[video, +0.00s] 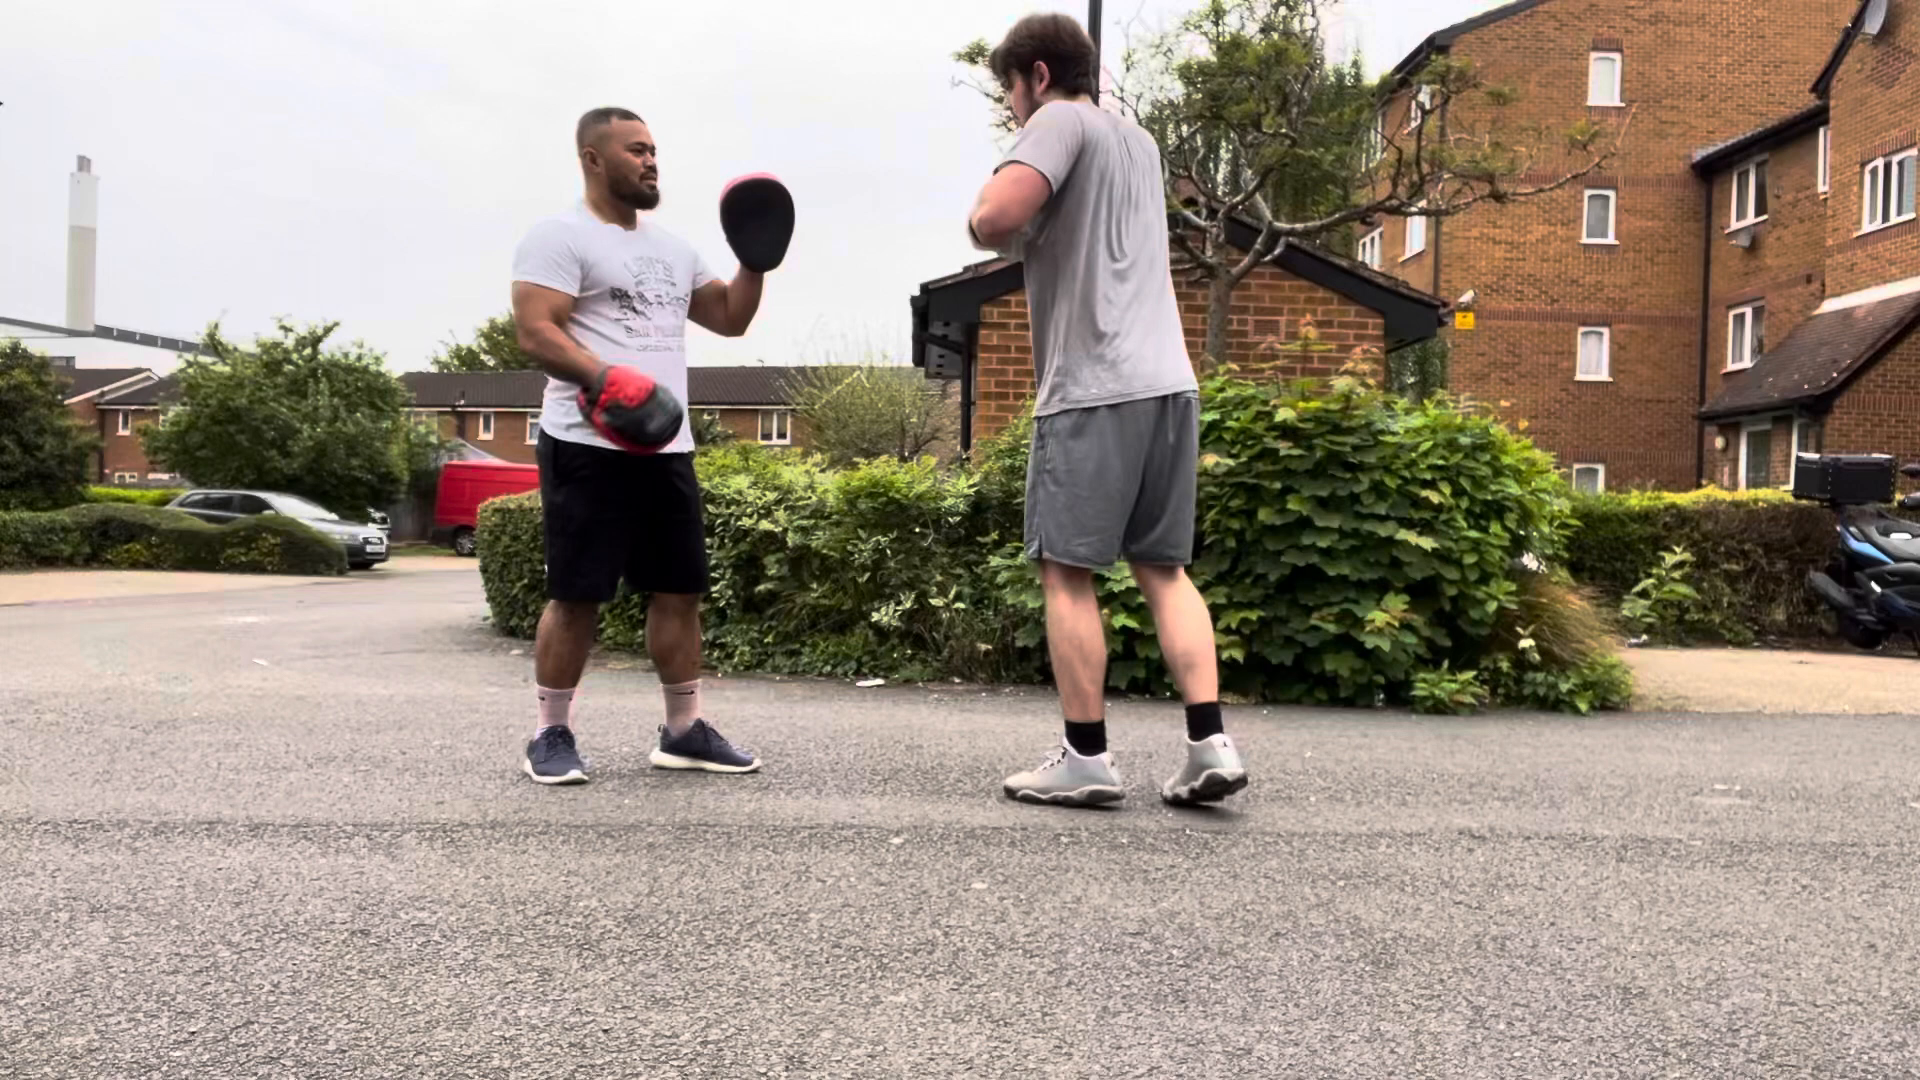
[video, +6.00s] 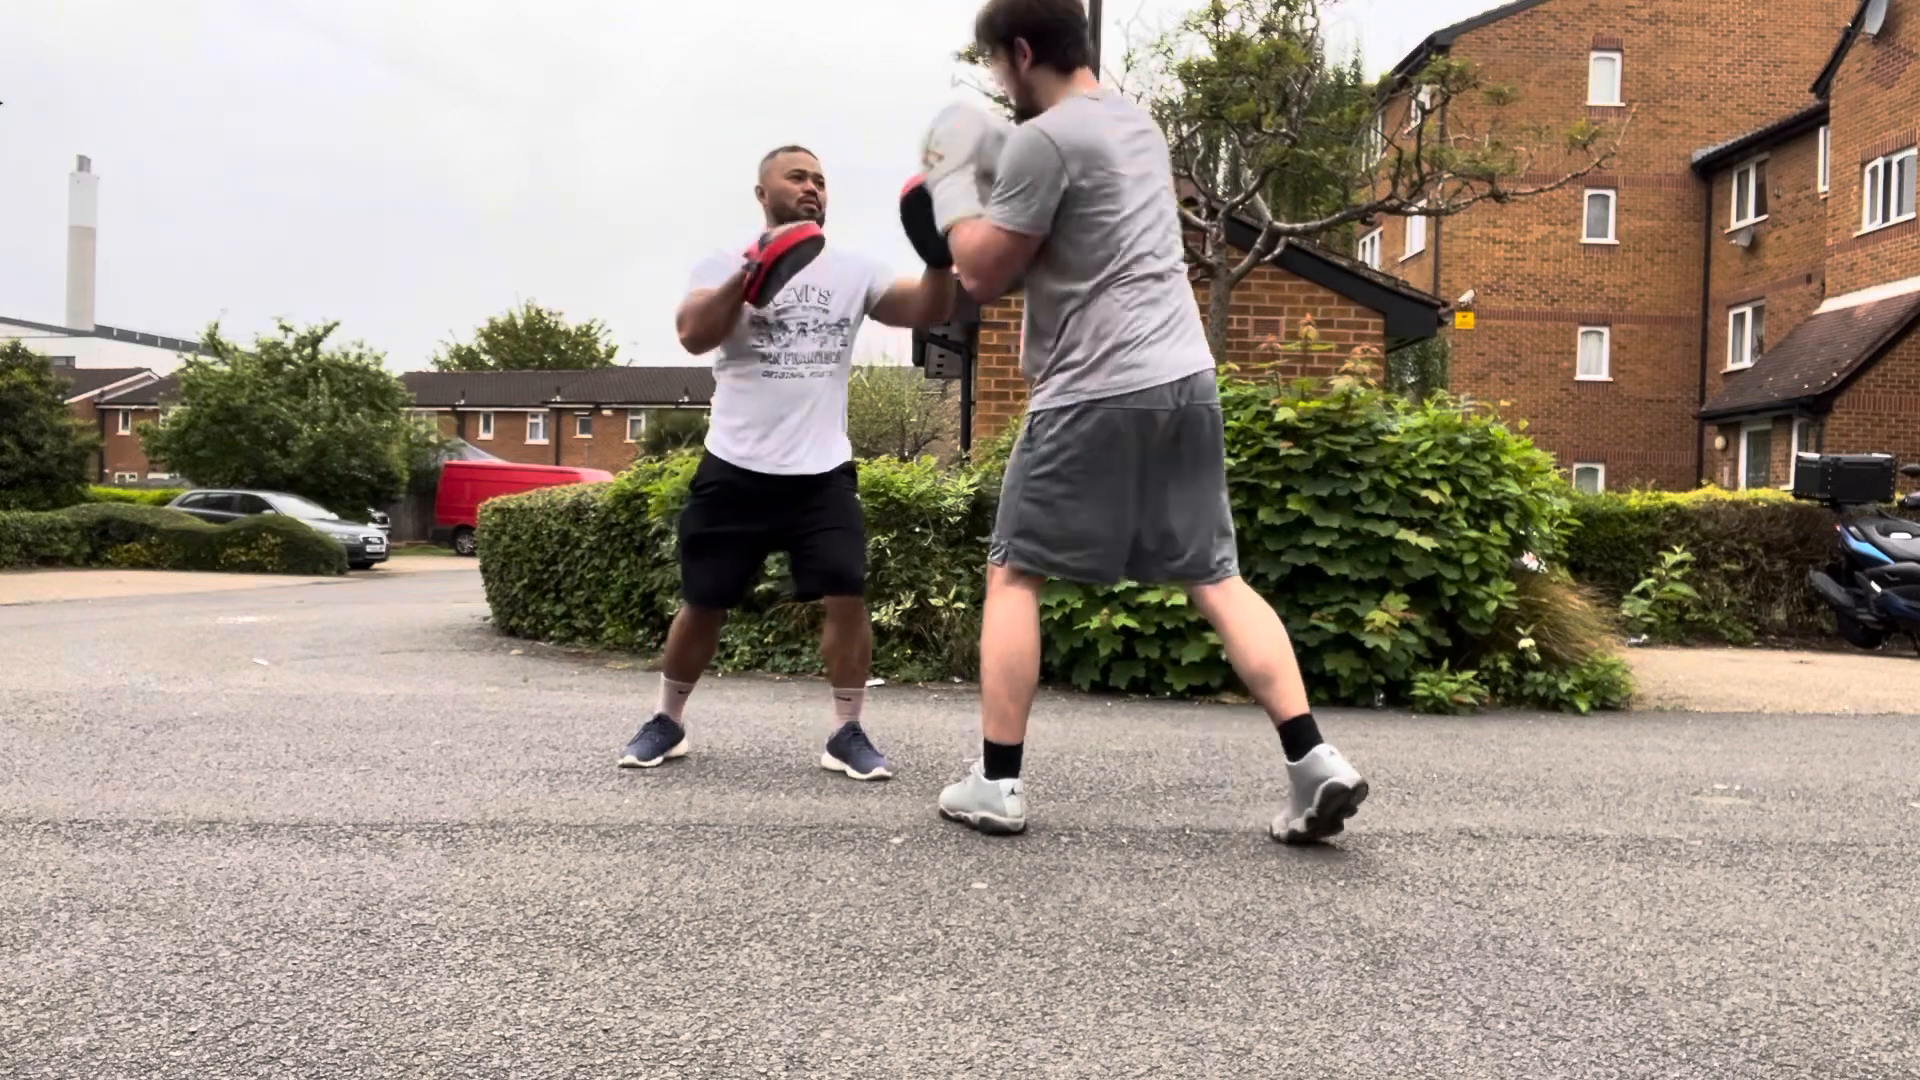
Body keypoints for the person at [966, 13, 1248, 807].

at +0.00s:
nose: (1012, 106)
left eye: (1012, 90)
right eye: (1009, 92)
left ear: (1040, 74)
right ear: (1084, 75)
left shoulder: (1062, 121)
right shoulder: (1139, 138)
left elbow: (993, 218)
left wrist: (1015, 229)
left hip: (1093, 389)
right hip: (1172, 383)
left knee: (1067, 572)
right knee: (1163, 564)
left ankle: (1084, 757)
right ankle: (1211, 745)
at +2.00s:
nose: (967, 92)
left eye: (966, 75)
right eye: (963, 77)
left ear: (992, 67)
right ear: (1038, 59)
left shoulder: (1036, 146)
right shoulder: (1092, 131)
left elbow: (1014, 292)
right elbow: (1026, 230)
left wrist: (926, 285)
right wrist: (929, 218)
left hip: (1071, 402)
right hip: (1156, 389)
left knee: (1008, 576)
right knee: (1157, 587)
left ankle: (976, 777)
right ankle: (1207, 779)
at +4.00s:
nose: (1073, 104)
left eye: (1069, 93)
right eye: (1073, 94)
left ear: (1082, 86)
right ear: (1149, 73)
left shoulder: (1060, 165)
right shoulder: (1225, 133)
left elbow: (1030, 289)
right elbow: (1290, 249)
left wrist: (1110, 271)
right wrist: (1257, 294)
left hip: (1091, 407)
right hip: (1196, 404)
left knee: (1039, 580)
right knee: (1199, 597)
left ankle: (983, 771)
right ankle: (1208, 780)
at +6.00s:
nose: (994, 82)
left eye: (994, 64)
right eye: (991, 66)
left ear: (1020, 52)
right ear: (1076, 48)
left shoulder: (1044, 137)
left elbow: (983, 268)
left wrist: (948, 194)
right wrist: (998, 165)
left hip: (1093, 392)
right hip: (1188, 380)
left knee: (1013, 573)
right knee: (1217, 575)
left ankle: (997, 782)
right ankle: (1315, 762)